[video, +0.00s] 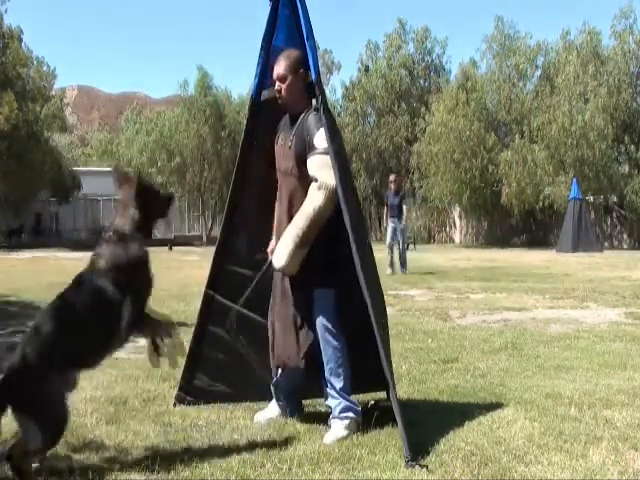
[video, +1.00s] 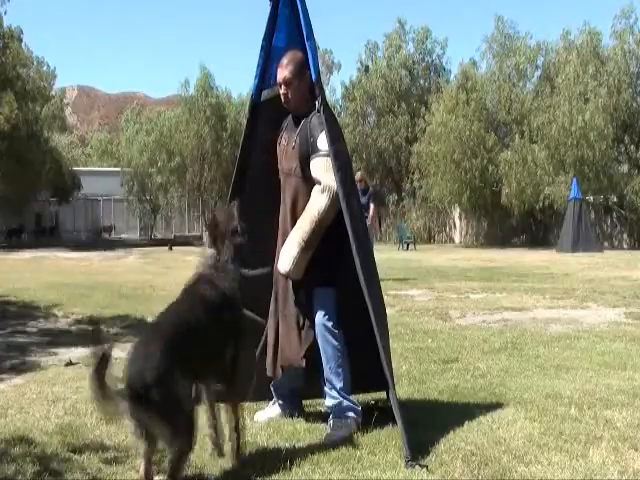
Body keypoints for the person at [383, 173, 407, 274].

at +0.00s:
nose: (393, 184)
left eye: (395, 181)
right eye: (391, 182)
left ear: (398, 182)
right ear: (389, 183)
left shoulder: (402, 194)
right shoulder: (388, 194)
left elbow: (405, 207)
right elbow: (386, 208)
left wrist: (404, 219)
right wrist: (385, 220)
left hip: (400, 221)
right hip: (391, 221)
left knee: (401, 245)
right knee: (389, 243)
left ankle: (403, 267)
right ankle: (390, 266)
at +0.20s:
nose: (385, 186)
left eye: (387, 183)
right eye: (384, 184)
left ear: (391, 184)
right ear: (382, 185)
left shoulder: (395, 194)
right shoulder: (382, 195)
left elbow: (397, 208)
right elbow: (380, 208)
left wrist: (387, 215)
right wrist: (379, 219)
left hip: (394, 223)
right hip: (384, 223)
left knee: (397, 247)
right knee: (383, 247)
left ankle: (401, 267)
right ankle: (382, 269)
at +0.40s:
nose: (377, 184)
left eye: (379, 181)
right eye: (375, 182)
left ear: (383, 181)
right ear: (373, 183)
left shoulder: (390, 194)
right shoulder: (374, 194)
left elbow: (392, 208)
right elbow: (371, 208)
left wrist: (390, 221)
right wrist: (368, 222)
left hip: (386, 220)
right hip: (377, 220)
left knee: (384, 245)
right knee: (378, 246)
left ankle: (390, 264)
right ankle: (380, 268)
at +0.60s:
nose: (372, 185)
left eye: (373, 182)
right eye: (370, 183)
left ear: (377, 182)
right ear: (368, 184)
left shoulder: (383, 194)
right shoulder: (365, 195)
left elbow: (387, 206)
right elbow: (363, 207)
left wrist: (384, 216)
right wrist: (365, 216)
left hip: (379, 220)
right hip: (369, 219)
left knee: (377, 244)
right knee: (370, 244)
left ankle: (379, 267)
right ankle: (372, 268)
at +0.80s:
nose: (366, 185)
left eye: (368, 182)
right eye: (365, 182)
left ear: (372, 182)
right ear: (363, 183)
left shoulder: (378, 196)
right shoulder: (361, 195)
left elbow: (382, 210)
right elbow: (357, 209)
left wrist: (380, 224)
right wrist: (357, 220)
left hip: (374, 221)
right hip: (363, 221)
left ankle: (370, 255)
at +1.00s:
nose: (359, 184)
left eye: (360, 181)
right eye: (357, 182)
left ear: (365, 181)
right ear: (355, 182)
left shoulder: (370, 192)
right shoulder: (355, 193)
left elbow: (372, 206)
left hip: (367, 218)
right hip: (357, 219)